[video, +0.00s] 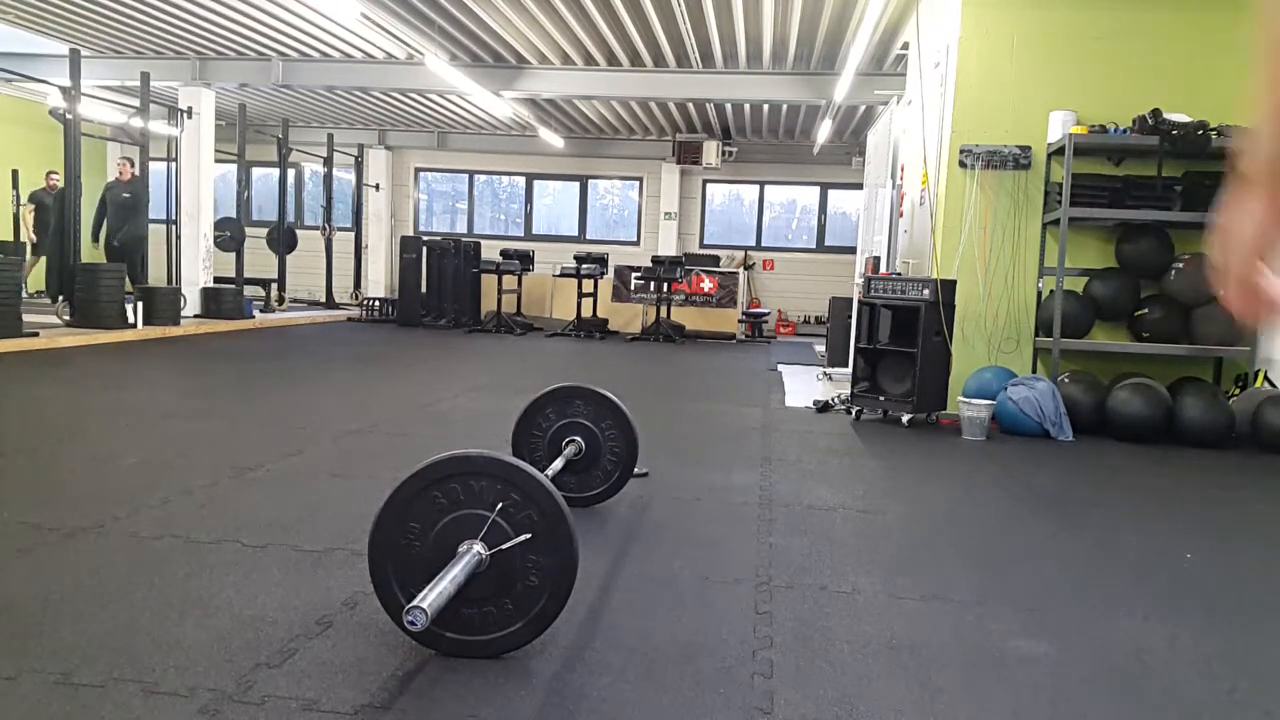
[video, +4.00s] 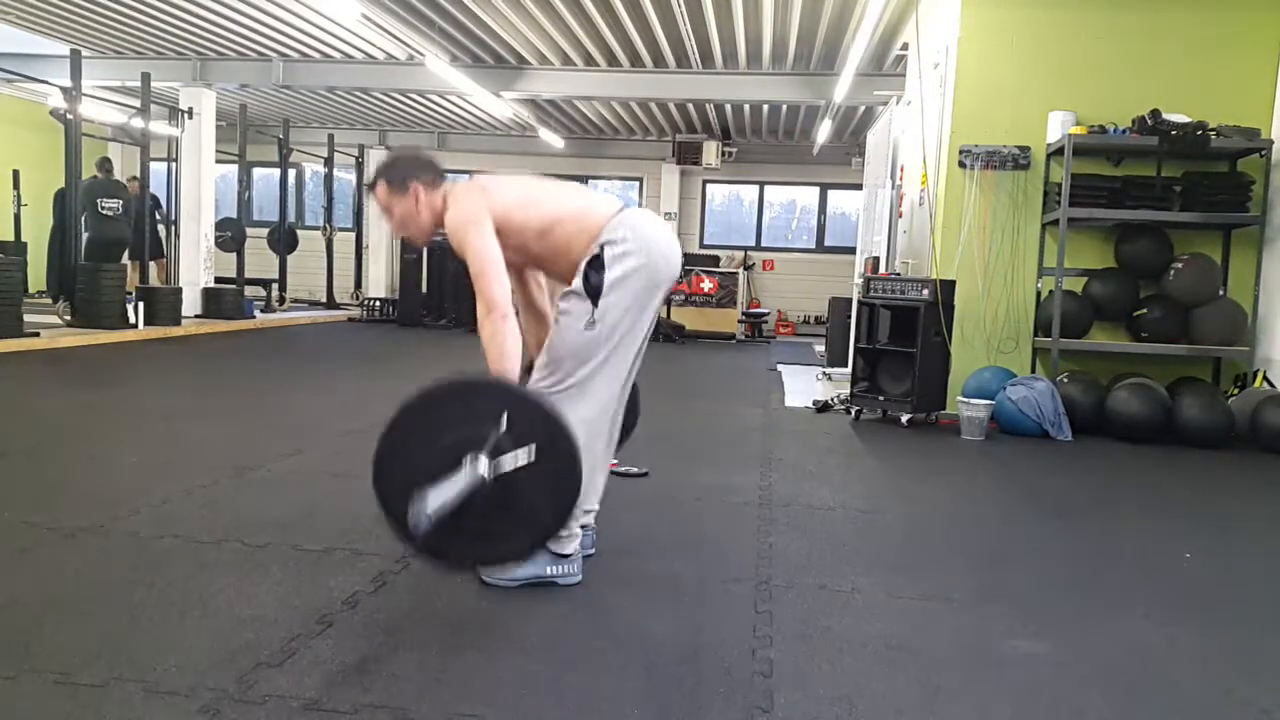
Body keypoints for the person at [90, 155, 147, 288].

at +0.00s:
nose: (120, 167)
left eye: (124, 165)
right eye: (118, 164)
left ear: (131, 168)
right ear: (116, 167)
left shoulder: (139, 186)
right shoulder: (110, 187)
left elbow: (140, 218)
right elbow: (100, 212)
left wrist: (119, 239)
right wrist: (95, 236)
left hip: (134, 240)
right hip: (113, 240)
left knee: (136, 277)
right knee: (115, 277)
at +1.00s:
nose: (122, 168)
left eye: (125, 165)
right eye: (119, 165)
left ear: (132, 168)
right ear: (117, 168)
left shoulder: (143, 189)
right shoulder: (111, 188)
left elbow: (147, 218)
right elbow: (103, 213)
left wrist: (142, 242)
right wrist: (99, 236)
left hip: (135, 242)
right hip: (114, 242)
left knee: (141, 283)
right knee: (113, 281)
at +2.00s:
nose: (98, 171)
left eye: (101, 168)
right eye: (98, 168)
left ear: (110, 169)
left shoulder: (123, 182)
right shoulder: (101, 185)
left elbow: (110, 195)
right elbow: (94, 213)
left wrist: (96, 183)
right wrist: (91, 235)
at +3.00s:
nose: (90, 167)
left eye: (92, 164)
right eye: (90, 164)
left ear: (101, 167)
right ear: (106, 167)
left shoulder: (90, 185)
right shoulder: (115, 181)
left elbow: (81, 183)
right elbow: (123, 191)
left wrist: (88, 174)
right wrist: (114, 174)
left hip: (93, 229)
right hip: (109, 228)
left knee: (94, 266)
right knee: (105, 265)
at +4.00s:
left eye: (97, 169)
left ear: (97, 170)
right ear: (112, 169)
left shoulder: (88, 186)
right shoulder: (122, 187)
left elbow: (79, 211)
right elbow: (130, 213)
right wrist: (128, 231)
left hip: (97, 234)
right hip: (121, 234)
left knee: (90, 272)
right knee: (111, 271)